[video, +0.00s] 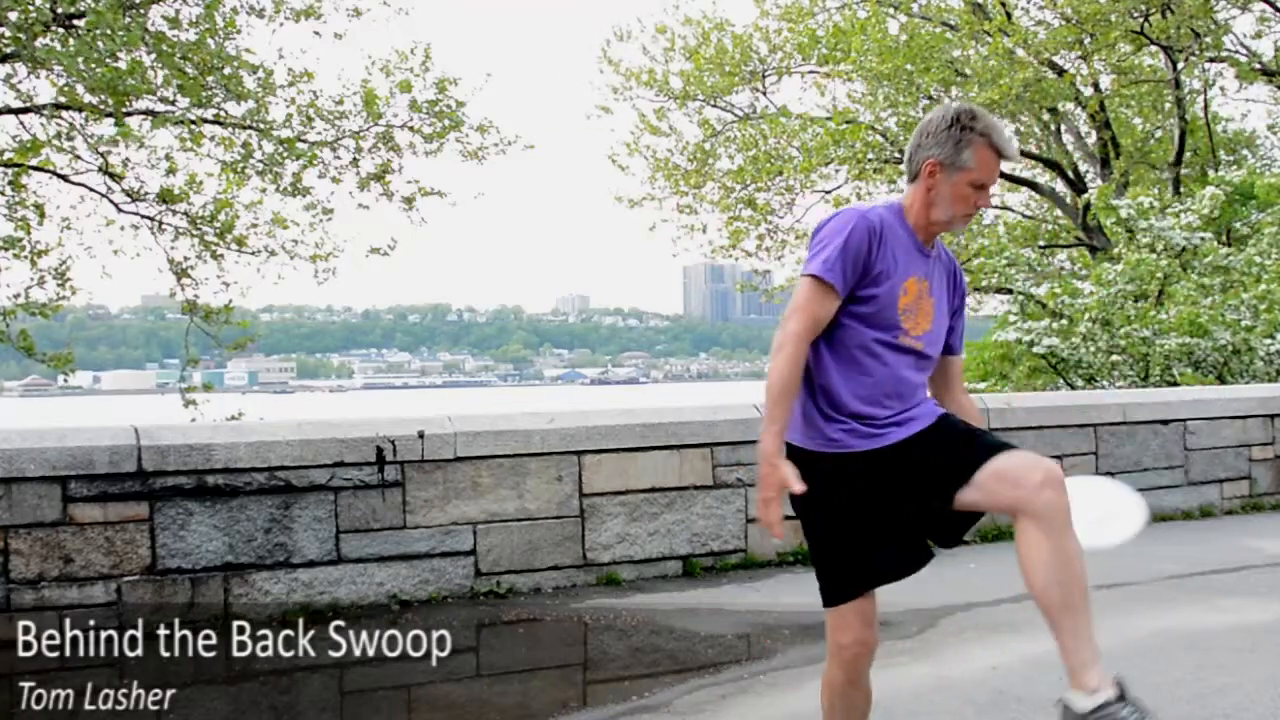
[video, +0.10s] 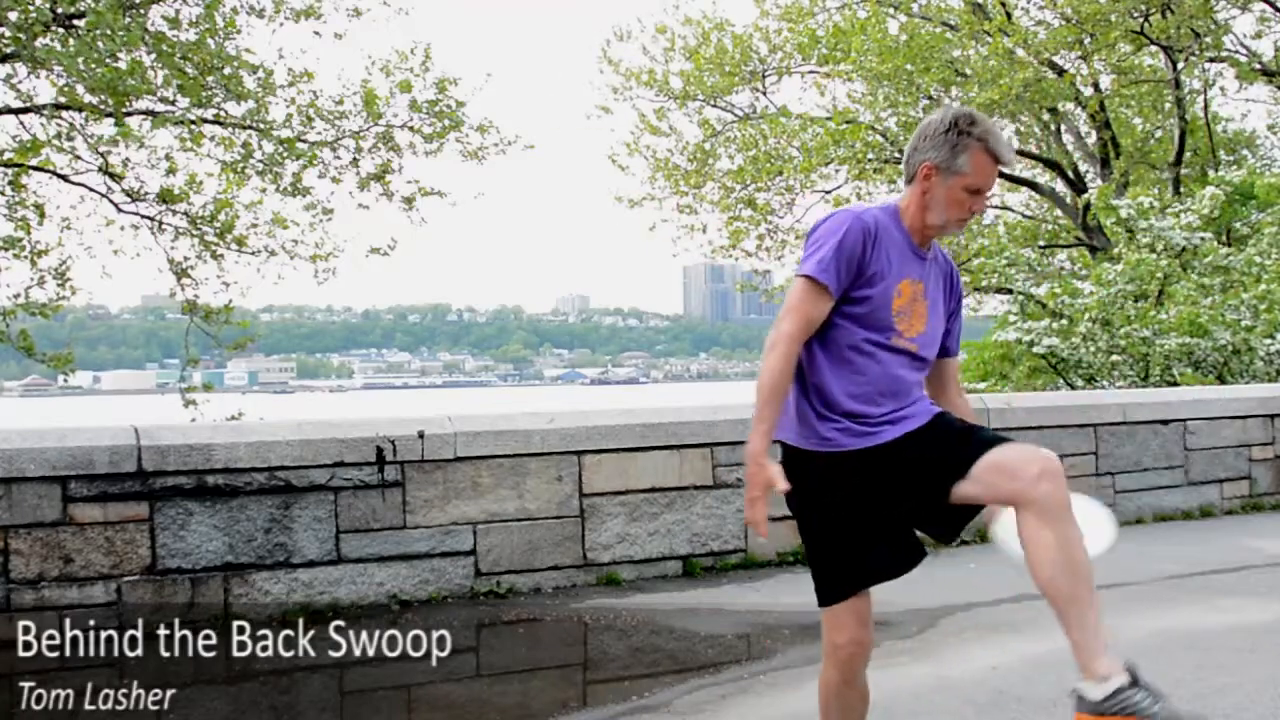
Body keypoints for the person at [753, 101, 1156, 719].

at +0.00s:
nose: (985, 203)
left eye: (990, 190)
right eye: (977, 186)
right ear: (930, 173)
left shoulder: (947, 276)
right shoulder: (858, 229)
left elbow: (949, 391)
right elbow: (794, 335)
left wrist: (1003, 479)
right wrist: (771, 452)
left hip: (914, 438)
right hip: (833, 455)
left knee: (1040, 484)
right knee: (852, 646)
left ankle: (1091, 689)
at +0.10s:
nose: (978, 210)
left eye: (985, 197)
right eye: (971, 193)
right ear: (924, 175)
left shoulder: (942, 276)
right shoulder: (852, 231)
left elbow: (945, 389)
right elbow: (786, 338)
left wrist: (994, 488)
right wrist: (756, 453)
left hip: (909, 440)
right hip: (828, 457)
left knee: (1039, 474)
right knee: (848, 643)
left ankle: (1103, 679)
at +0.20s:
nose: (965, 212)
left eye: (974, 200)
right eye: (957, 195)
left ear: (974, 196)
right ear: (912, 177)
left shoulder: (936, 275)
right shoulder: (838, 233)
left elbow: (936, 384)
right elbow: (773, 335)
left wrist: (977, 483)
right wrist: (739, 447)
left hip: (906, 440)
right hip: (823, 456)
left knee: (1037, 467)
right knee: (845, 645)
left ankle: (1120, 668)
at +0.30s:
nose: (956, 209)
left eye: (965, 196)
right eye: (946, 193)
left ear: (968, 192)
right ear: (902, 175)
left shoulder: (933, 273)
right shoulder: (832, 233)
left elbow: (929, 378)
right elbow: (765, 337)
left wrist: (960, 478)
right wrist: (735, 447)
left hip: (907, 439)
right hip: (822, 455)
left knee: (1037, 466)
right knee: (845, 642)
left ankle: (1123, 666)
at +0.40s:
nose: (933, 196)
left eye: (944, 184)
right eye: (922, 179)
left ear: (951, 182)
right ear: (880, 166)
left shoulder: (929, 266)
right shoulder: (819, 231)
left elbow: (920, 375)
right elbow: (757, 337)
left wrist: (942, 464)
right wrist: (737, 448)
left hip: (906, 436)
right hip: (822, 452)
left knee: (1040, 473)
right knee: (846, 642)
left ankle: (1115, 679)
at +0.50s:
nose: (919, 187)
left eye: (931, 175)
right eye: (907, 170)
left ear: (941, 177)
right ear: (870, 160)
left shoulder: (930, 262)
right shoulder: (815, 229)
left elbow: (915, 371)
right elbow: (757, 338)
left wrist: (939, 457)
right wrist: (741, 451)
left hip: (908, 436)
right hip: (825, 453)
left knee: (1042, 478)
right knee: (846, 641)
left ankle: (1106, 685)